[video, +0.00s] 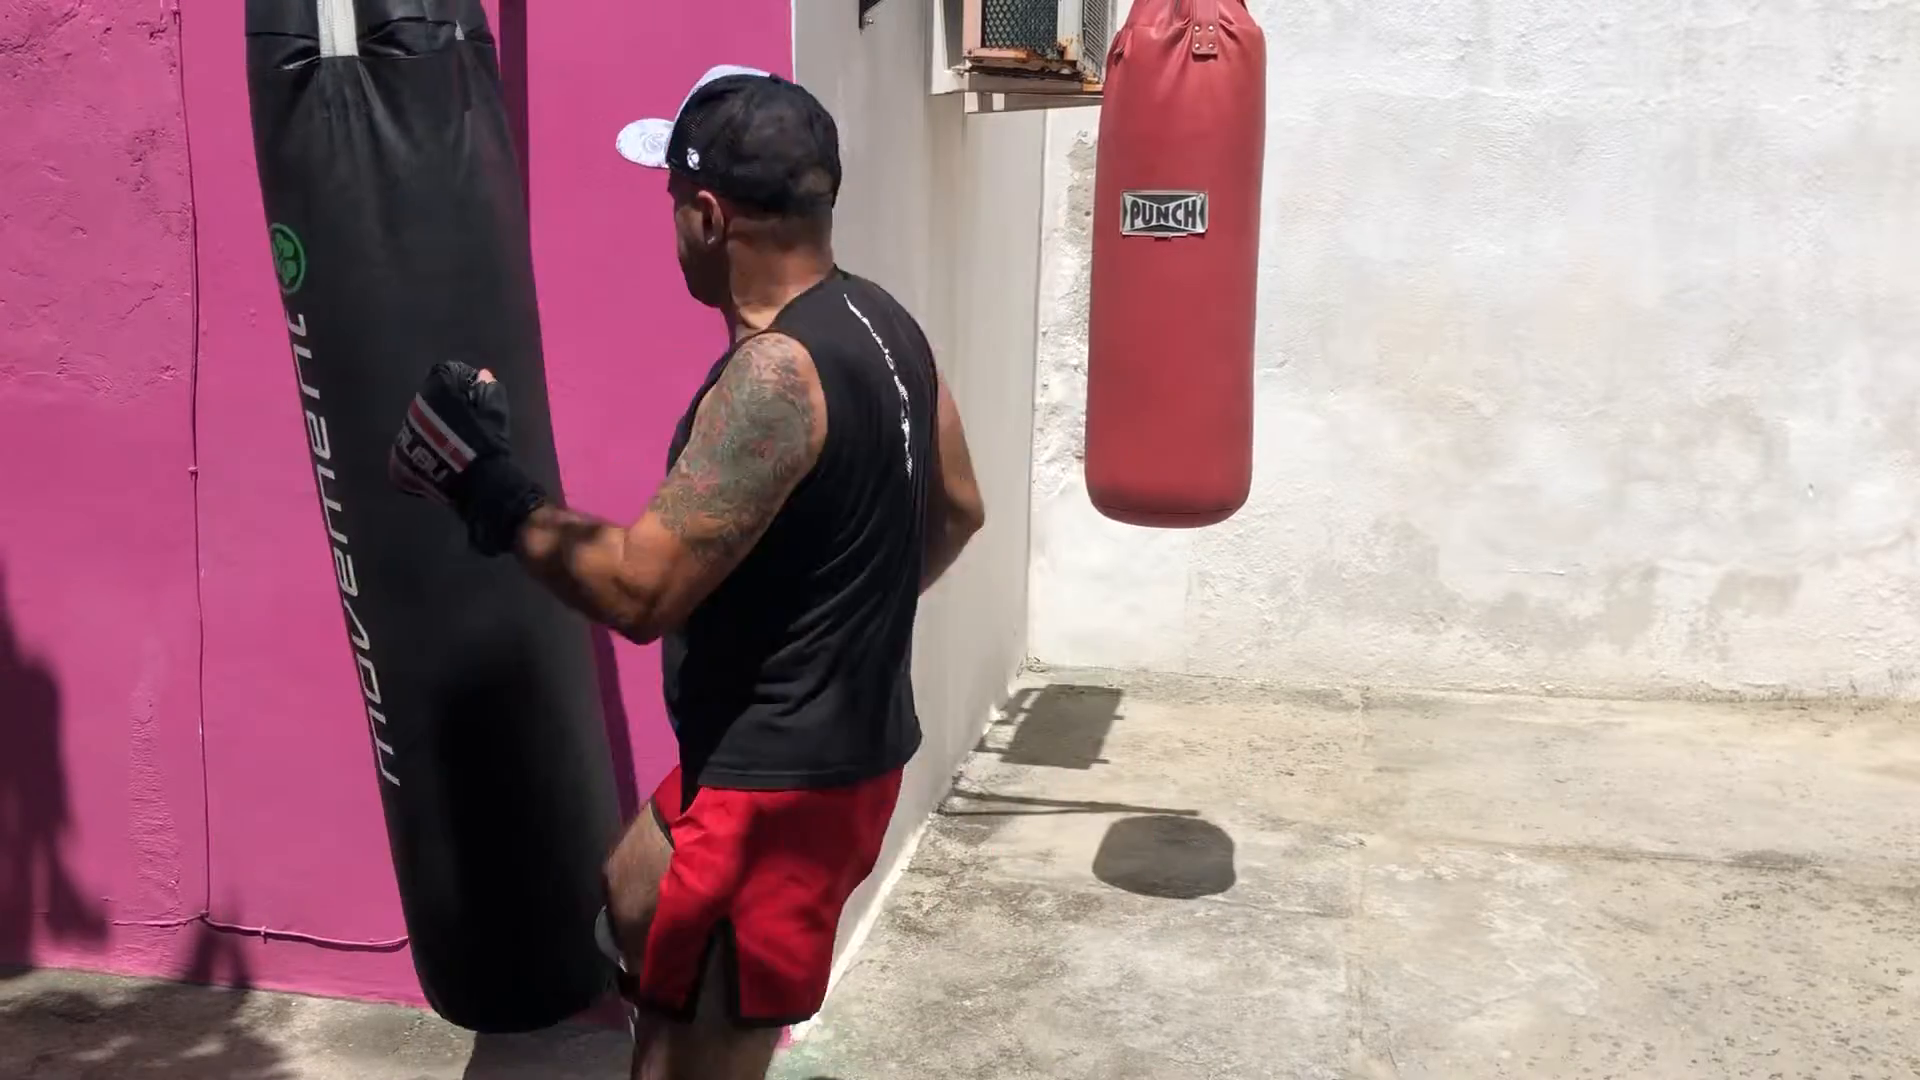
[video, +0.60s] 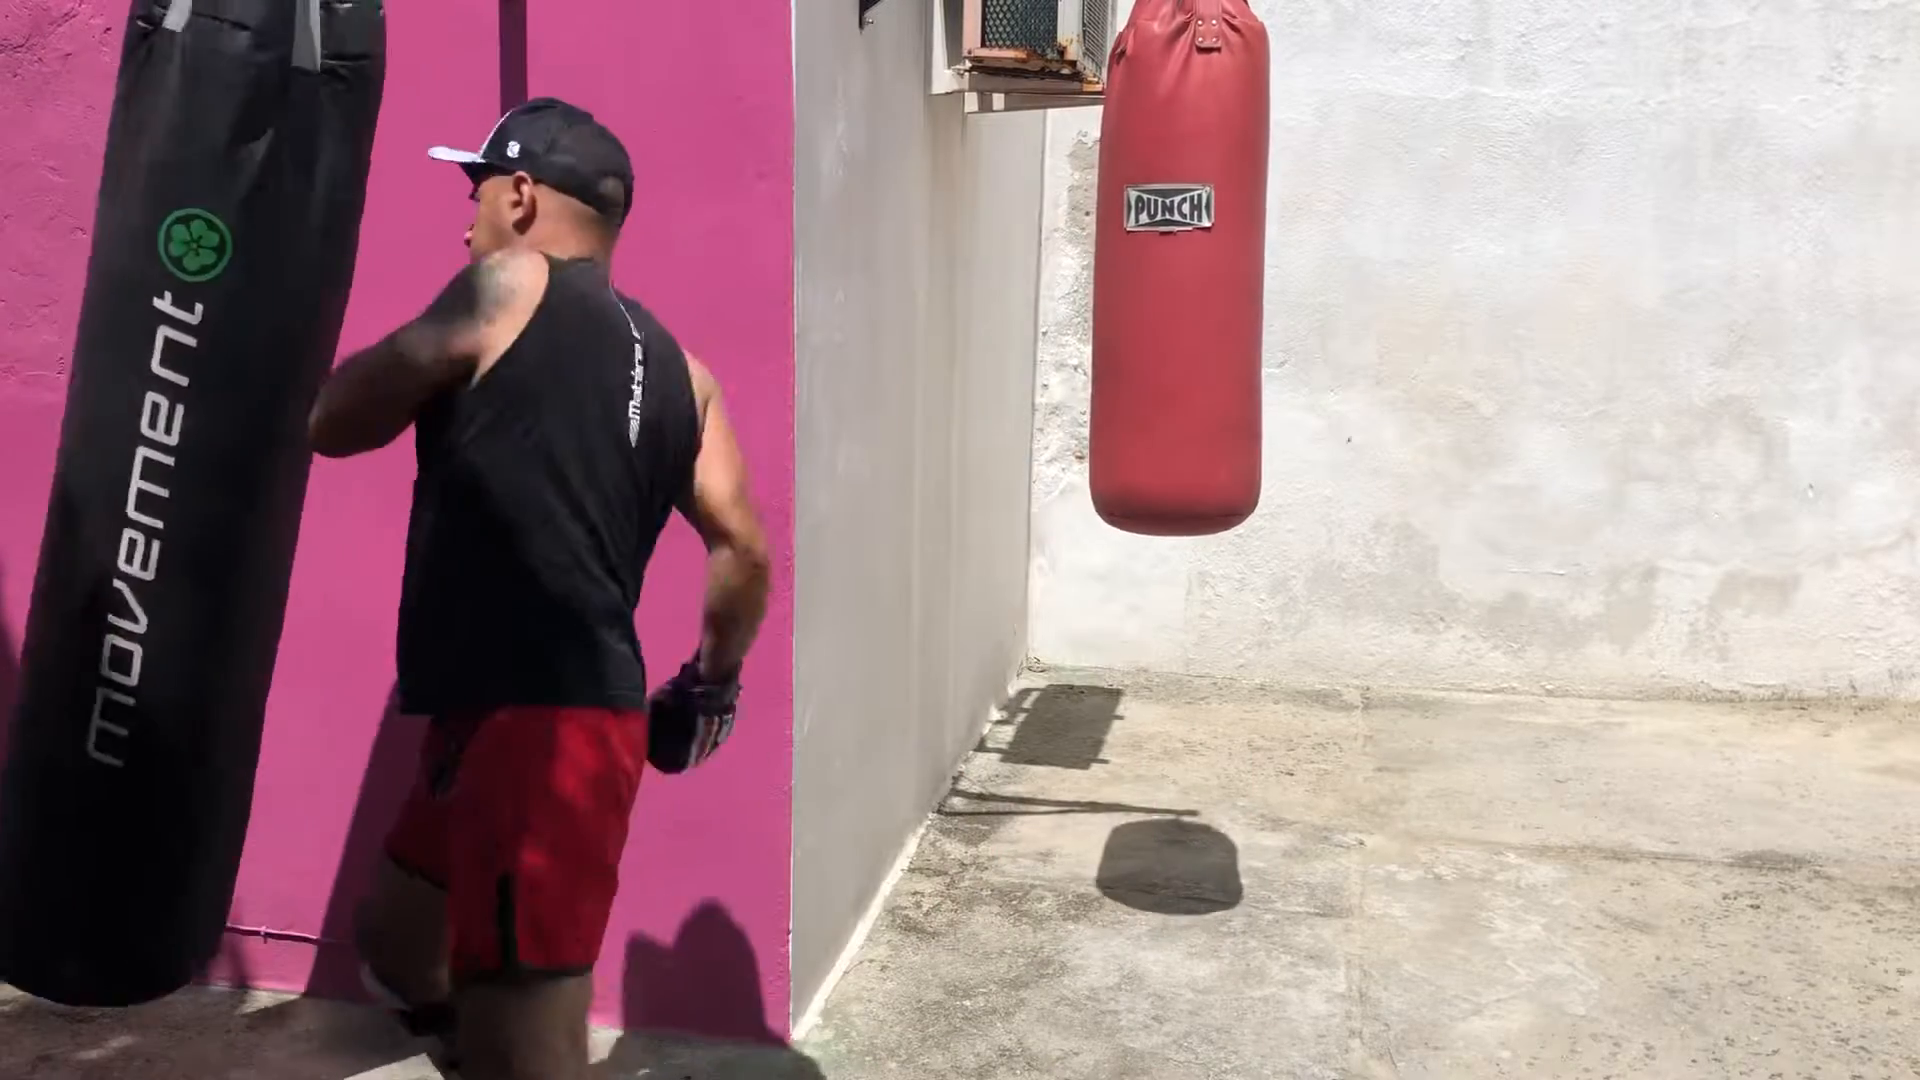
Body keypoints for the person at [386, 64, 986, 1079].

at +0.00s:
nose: (675, 227)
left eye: (675, 201)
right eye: (674, 201)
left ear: (713, 213)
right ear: (816, 204)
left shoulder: (774, 371)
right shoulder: (882, 323)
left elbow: (642, 588)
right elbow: (955, 511)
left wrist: (493, 489)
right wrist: (843, 600)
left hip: (776, 767)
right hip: (838, 731)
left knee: (701, 1056)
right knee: (635, 892)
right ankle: (693, 1049)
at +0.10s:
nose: (640, 219)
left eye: (647, 192)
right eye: (643, 191)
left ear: (682, 208)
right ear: (785, 217)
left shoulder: (655, 343)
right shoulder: (867, 359)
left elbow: (466, 470)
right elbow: (977, 534)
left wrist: (405, 342)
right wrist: (1051, 682)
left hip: (661, 769)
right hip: (766, 763)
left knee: (669, 1047)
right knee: (563, 998)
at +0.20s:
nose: (589, 192)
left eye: (598, 172)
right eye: (597, 170)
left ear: (630, 199)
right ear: (734, 203)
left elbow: (408, 355)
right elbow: (915, 516)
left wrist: (382, 264)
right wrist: (1017, 555)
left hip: (592, 720)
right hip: (696, 723)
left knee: (596, 1022)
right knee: (484, 937)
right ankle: (525, 1047)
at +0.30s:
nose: (531, 153)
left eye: (542, 134)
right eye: (541, 132)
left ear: (574, 158)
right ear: (677, 174)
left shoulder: (563, 281)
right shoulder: (715, 298)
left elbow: (380, 366)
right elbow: (772, 431)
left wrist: (381, 272)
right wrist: (677, 336)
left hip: (584, 701)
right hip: (658, 690)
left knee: (510, 1036)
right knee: (501, 1009)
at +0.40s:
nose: (510, 162)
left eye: (521, 140)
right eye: (518, 138)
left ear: (555, 162)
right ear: (640, 173)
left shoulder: (596, 297)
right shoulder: (632, 282)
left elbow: (392, 420)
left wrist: (416, 313)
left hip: (580, 720)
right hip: (555, 705)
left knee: (494, 1039)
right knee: (459, 986)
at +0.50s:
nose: (494, 181)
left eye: (500, 157)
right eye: (500, 158)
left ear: (530, 164)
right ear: (629, 177)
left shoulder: (515, 272)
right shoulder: (666, 306)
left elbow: (346, 396)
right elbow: (676, 476)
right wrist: (494, 459)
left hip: (555, 709)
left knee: (514, 1040)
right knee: (422, 919)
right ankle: (534, 1053)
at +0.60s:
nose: (469, 217)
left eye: (480, 191)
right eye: (474, 193)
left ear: (525, 198)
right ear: (600, 220)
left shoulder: (506, 285)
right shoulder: (677, 366)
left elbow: (331, 422)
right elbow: (744, 551)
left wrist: (441, 357)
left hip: (535, 721)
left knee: (522, 1042)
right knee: (399, 940)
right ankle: (506, 1079)